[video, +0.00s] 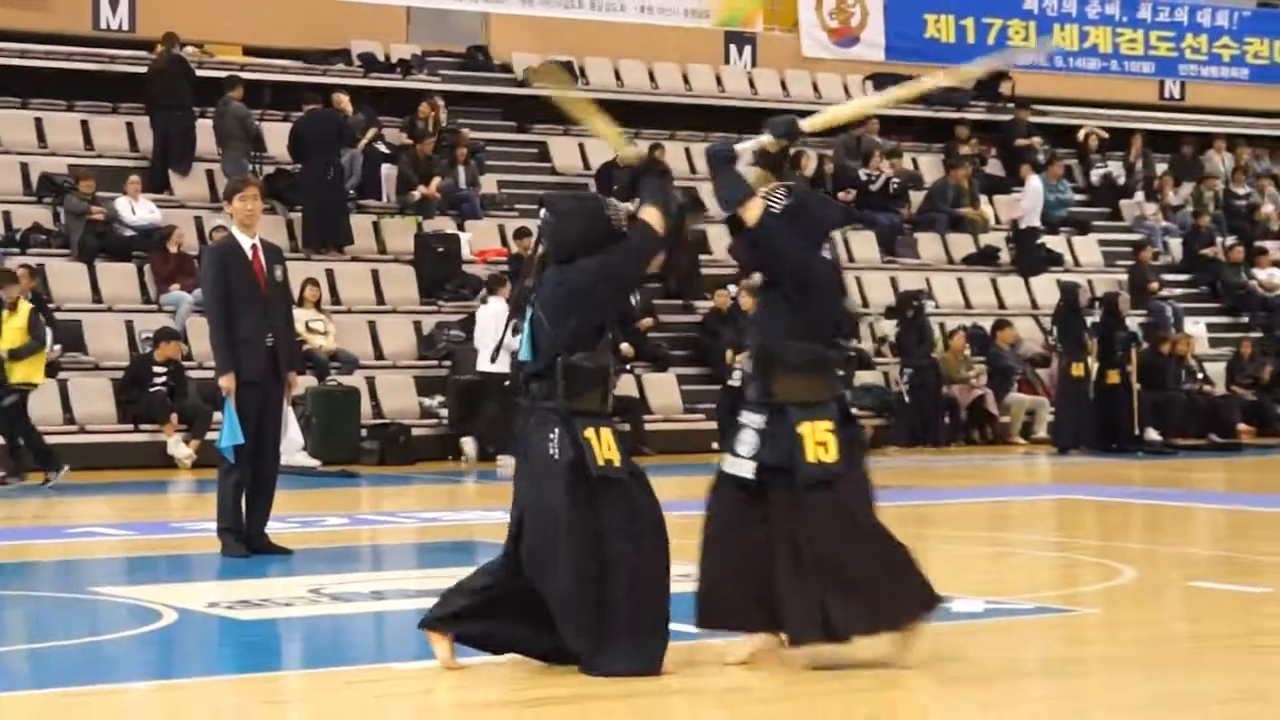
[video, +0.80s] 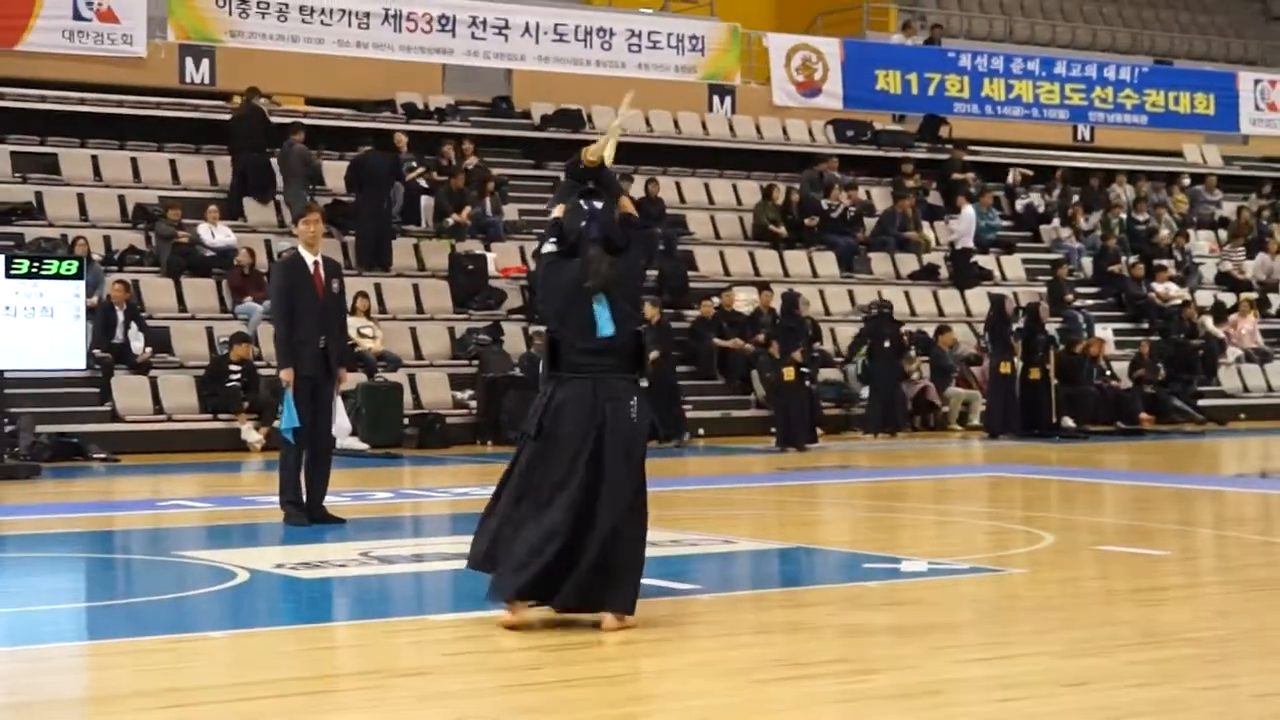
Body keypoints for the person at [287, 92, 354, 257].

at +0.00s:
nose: (303, 110)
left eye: (302, 107)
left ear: (304, 106)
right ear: (321, 103)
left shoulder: (299, 123)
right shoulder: (335, 118)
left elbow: (293, 149)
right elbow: (350, 140)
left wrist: (305, 161)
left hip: (310, 168)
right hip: (332, 167)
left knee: (311, 206)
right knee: (334, 205)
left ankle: (313, 245)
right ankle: (335, 245)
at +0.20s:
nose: (319, 128)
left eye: (319, 125)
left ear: (319, 124)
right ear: (335, 121)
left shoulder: (317, 140)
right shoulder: (351, 134)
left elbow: (311, 165)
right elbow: (368, 154)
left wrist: (325, 173)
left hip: (328, 183)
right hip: (350, 182)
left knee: (330, 220)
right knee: (352, 219)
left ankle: (331, 255)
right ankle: (356, 254)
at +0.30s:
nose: (325, 131)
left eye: (325, 128)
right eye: (325, 128)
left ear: (326, 127)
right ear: (341, 124)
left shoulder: (324, 143)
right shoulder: (358, 137)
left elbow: (318, 169)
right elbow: (374, 157)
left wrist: (332, 171)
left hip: (335, 185)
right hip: (357, 184)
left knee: (335, 222)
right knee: (357, 221)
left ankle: (337, 255)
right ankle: (358, 254)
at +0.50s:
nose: (337, 139)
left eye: (337, 136)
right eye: (336, 137)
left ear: (340, 135)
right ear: (353, 132)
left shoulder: (337, 148)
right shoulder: (371, 144)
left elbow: (329, 172)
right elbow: (382, 165)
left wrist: (338, 180)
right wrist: (369, 174)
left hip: (347, 188)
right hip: (368, 187)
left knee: (348, 222)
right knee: (369, 221)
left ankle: (349, 255)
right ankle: (370, 255)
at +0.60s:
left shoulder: (349, 154)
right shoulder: (384, 152)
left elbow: (339, 178)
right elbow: (392, 171)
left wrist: (347, 186)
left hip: (356, 196)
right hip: (377, 195)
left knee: (357, 228)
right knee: (377, 227)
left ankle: (358, 260)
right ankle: (378, 259)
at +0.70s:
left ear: (368, 142)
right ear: (385, 142)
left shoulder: (356, 158)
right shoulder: (390, 156)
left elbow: (347, 183)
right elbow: (398, 175)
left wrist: (356, 190)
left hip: (362, 198)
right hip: (382, 198)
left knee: (363, 230)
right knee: (382, 229)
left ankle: (364, 262)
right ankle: (383, 262)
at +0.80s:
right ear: (388, 143)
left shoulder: (358, 160)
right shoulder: (391, 158)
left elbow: (350, 185)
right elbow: (400, 178)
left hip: (364, 200)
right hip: (383, 200)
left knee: (364, 231)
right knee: (383, 230)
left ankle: (365, 263)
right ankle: (384, 263)